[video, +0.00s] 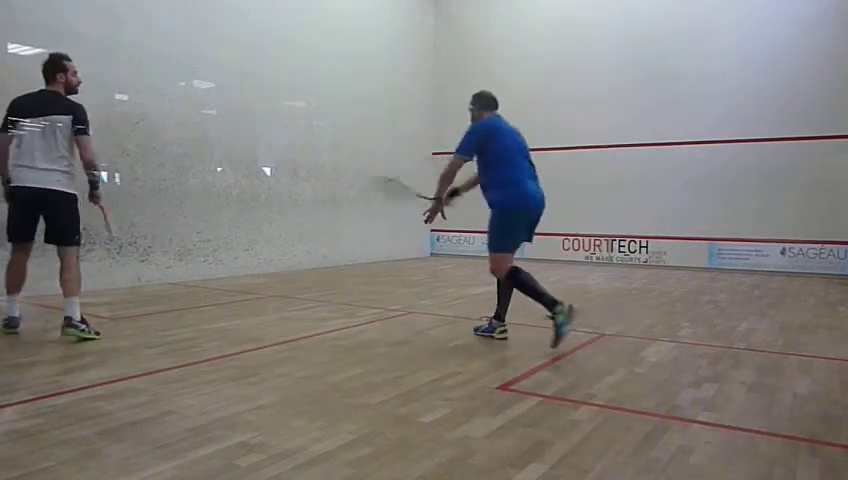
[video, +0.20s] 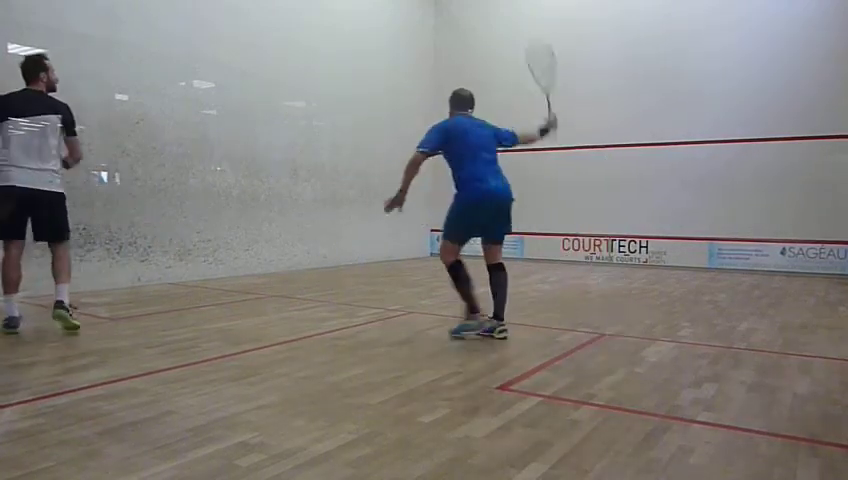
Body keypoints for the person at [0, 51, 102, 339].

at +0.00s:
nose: (78, 78)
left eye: (77, 73)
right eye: (74, 74)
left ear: (49, 78)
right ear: (60, 77)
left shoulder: (18, 104)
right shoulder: (74, 109)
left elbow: (4, 147)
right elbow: (87, 156)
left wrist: (6, 181)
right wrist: (95, 184)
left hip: (22, 190)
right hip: (60, 193)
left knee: (19, 251)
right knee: (69, 256)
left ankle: (11, 315)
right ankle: (73, 319)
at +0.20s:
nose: (56, 76)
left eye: (53, 71)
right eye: (52, 71)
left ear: (27, 78)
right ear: (42, 76)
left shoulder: (5, 102)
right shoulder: (59, 108)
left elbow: (3, 143)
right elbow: (75, 154)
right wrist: (65, 162)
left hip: (10, 189)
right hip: (48, 191)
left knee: (11, 249)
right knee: (60, 247)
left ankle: (10, 314)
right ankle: (62, 303)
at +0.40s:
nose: (45, 76)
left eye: (42, 72)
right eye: (42, 72)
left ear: (16, 78)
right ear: (34, 77)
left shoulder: (3, 102)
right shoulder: (55, 109)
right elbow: (65, 149)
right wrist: (37, 135)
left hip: (8, 187)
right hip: (44, 189)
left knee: (9, 248)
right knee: (41, 245)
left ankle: (10, 312)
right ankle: (46, 306)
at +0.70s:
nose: (48, 105)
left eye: (47, 101)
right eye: (47, 101)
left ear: (25, 101)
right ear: (46, 101)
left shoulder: (13, 119)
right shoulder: (58, 126)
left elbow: (2, 137)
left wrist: (7, 110)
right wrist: (15, 112)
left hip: (22, 195)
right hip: (57, 197)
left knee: (4, 250)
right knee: (40, 243)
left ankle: (9, 308)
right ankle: (42, 301)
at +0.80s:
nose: (32, 112)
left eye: (32, 110)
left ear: (31, 115)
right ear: (54, 118)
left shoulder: (22, 129)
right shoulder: (63, 141)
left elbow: (4, 160)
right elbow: (50, 177)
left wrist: (9, 176)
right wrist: (13, 176)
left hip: (30, 201)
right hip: (63, 206)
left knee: (1, 246)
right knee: (40, 246)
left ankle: (4, 301)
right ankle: (43, 301)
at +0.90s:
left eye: (39, 133)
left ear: (39, 134)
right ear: (60, 137)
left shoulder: (29, 148)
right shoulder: (72, 157)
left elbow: (15, 186)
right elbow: (69, 191)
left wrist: (13, 206)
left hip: (33, 209)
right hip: (66, 215)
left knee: (1, 246)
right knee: (43, 245)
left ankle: (5, 297)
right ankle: (44, 301)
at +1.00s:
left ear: (45, 142)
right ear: (67, 144)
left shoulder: (30, 157)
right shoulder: (81, 167)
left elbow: (11, 192)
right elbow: (81, 202)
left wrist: (2, 218)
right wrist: (75, 222)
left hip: (31, 214)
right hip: (65, 219)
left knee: (5, 264)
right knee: (51, 248)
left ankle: (17, 293)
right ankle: (45, 300)